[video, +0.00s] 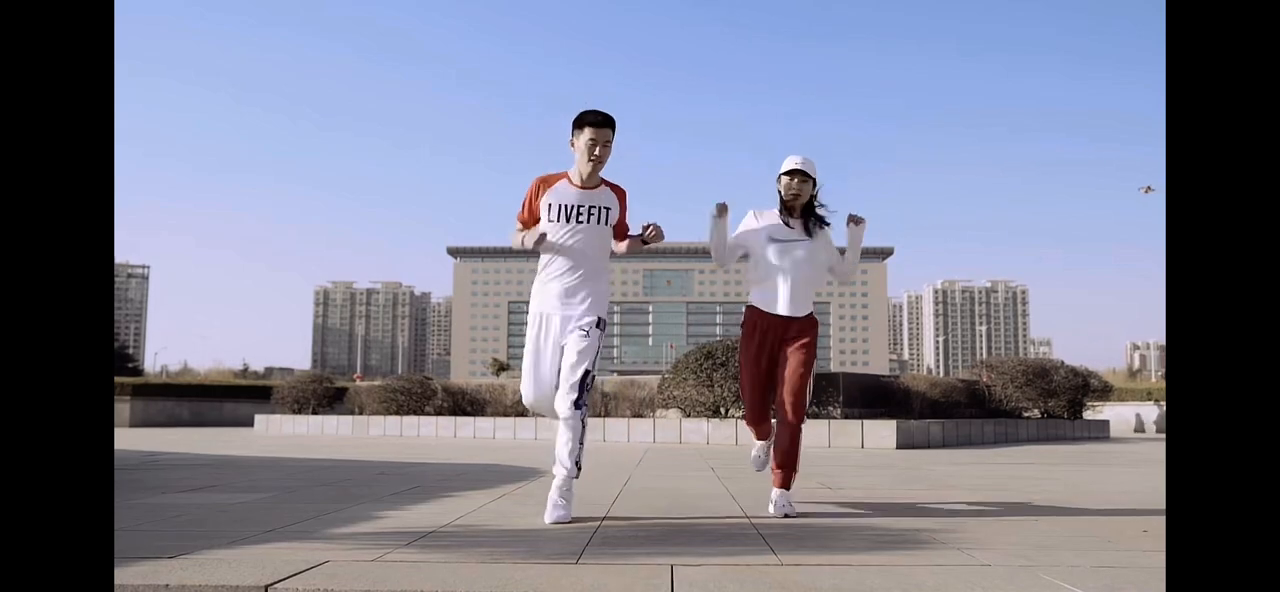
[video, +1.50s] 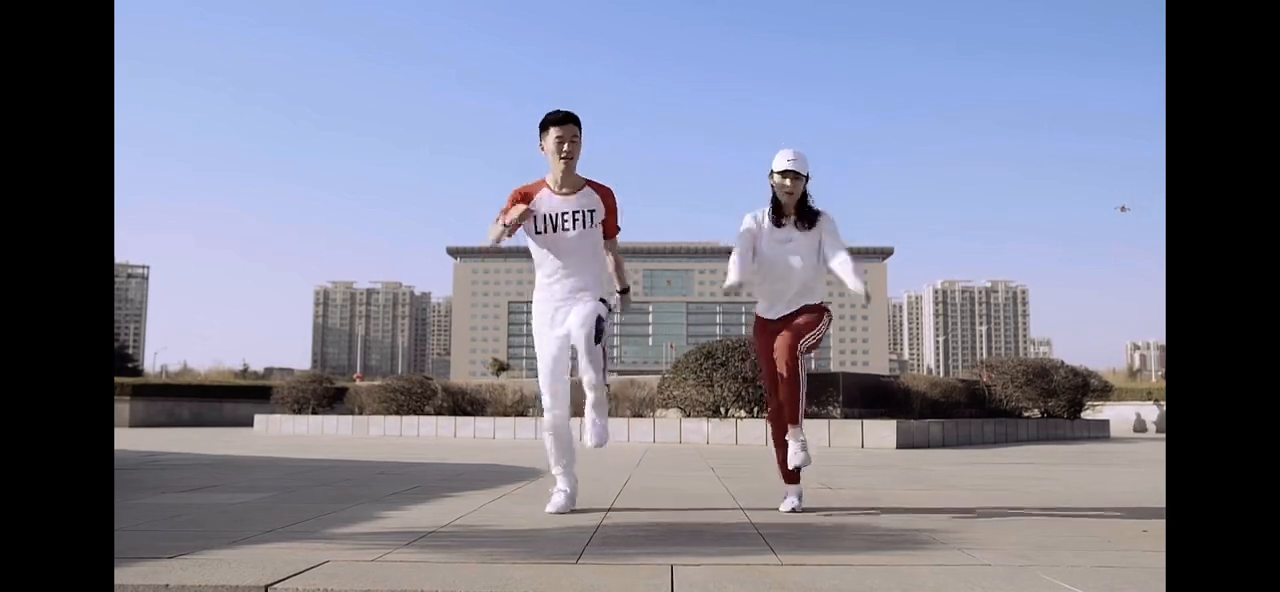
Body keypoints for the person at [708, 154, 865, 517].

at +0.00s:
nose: (794, 185)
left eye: (802, 179)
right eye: (788, 178)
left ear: (813, 188)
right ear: (778, 184)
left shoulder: (819, 232)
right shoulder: (758, 220)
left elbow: (843, 274)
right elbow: (722, 258)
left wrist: (854, 238)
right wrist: (719, 222)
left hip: (801, 325)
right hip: (759, 321)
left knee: (792, 408)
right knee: (754, 407)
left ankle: (781, 490)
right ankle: (764, 438)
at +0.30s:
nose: (785, 175)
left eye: (791, 169)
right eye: (777, 169)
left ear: (800, 173)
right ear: (766, 175)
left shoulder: (818, 218)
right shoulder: (751, 218)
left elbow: (834, 262)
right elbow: (737, 268)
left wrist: (842, 300)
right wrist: (729, 310)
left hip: (799, 314)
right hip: (757, 307)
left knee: (788, 404)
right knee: (774, 344)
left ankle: (782, 485)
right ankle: (764, 420)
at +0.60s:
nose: (782, 188)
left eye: (787, 182)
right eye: (774, 183)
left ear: (795, 190)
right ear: (761, 192)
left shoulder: (818, 233)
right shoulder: (748, 237)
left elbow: (824, 270)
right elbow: (738, 273)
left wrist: (827, 278)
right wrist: (730, 290)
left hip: (802, 335)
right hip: (761, 333)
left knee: (791, 414)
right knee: (770, 403)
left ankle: (781, 482)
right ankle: (777, 486)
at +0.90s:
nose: (785, 181)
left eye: (789, 175)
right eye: (777, 176)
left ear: (796, 179)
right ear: (762, 182)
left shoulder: (811, 221)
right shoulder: (751, 222)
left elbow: (836, 250)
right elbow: (726, 252)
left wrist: (841, 235)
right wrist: (740, 244)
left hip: (804, 307)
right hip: (764, 311)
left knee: (797, 333)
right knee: (770, 406)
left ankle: (802, 409)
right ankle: (775, 485)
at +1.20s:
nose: (776, 179)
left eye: (782, 173)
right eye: (768, 173)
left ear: (791, 178)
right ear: (757, 180)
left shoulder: (812, 216)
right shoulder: (750, 226)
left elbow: (851, 248)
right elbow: (726, 271)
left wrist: (845, 205)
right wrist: (711, 238)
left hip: (804, 316)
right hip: (763, 319)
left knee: (805, 399)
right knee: (771, 406)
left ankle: (815, 440)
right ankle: (784, 495)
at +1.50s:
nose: (788, 181)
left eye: (795, 176)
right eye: (782, 175)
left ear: (805, 181)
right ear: (771, 179)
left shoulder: (820, 221)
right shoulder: (756, 221)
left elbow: (837, 254)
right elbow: (742, 252)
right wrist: (735, 275)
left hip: (810, 311)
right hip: (768, 317)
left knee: (786, 346)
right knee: (777, 403)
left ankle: (795, 432)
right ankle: (792, 489)